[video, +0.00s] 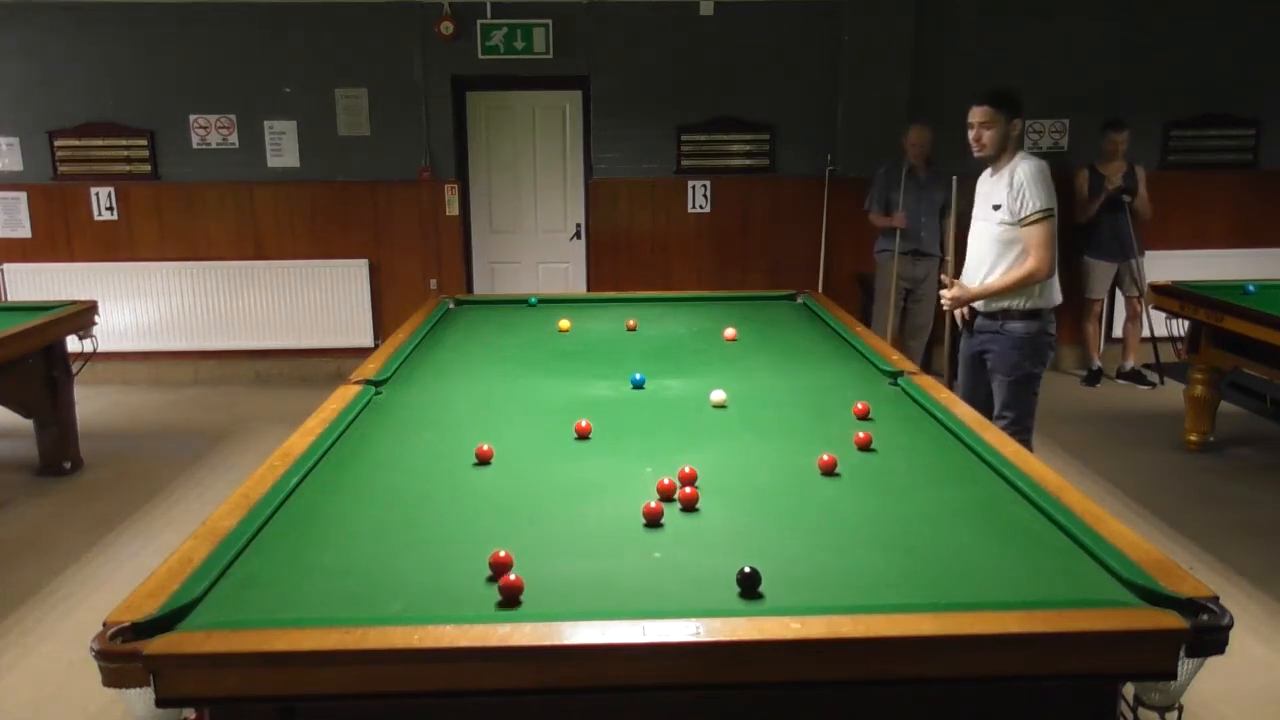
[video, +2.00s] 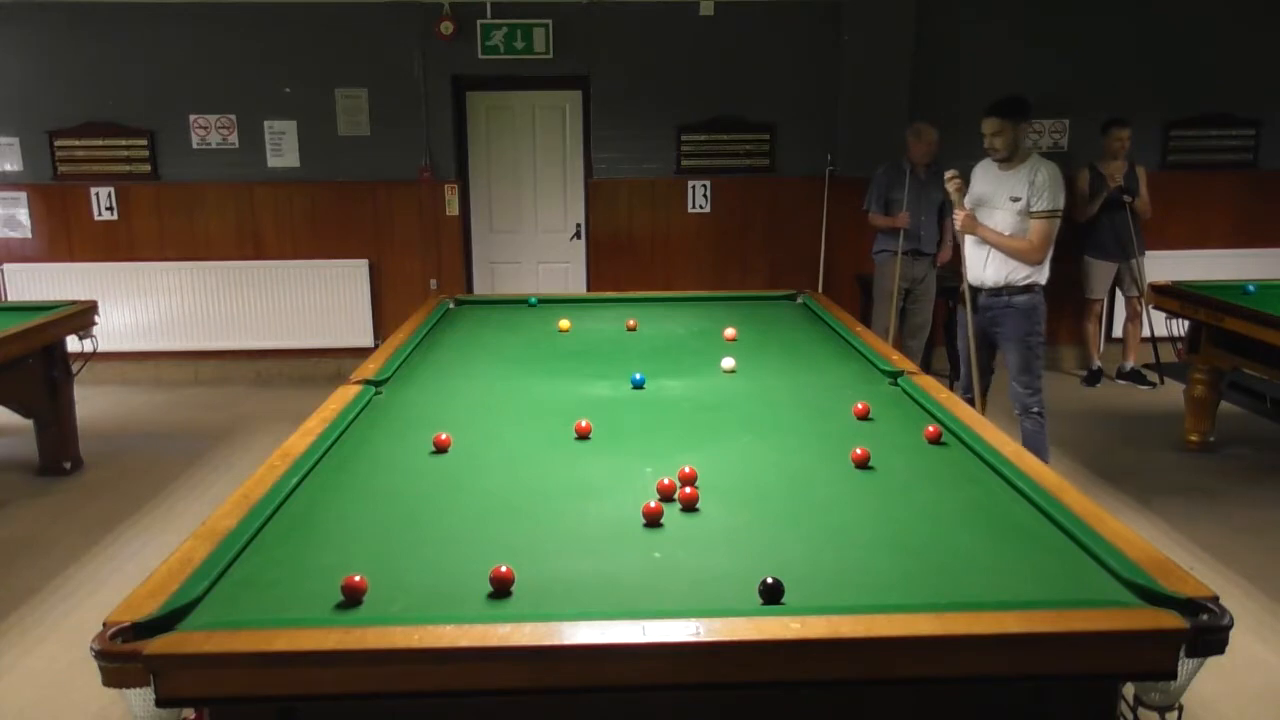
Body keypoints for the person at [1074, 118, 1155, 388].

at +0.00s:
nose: (1117, 148)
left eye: (1121, 143)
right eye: (1112, 143)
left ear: (1127, 143)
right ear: (1102, 142)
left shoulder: (1135, 172)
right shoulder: (1086, 174)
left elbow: (1146, 213)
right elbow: (1081, 215)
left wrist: (1133, 194)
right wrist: (1105, 192)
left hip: (1130, 251)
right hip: (1098, 251)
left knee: (1135, 310)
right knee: (1093, 309)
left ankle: (1128, 366)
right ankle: (1094, 364)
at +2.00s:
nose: (1124, 145)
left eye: (1127, 140)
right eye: (1118, 140)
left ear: (1130, 142)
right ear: (1104, 141)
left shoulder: (1136, 171)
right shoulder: (1087, 173)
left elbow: (1146, 211)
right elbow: (1080, 214)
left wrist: (1130, 196)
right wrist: (1105, 191)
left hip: (1131, 251)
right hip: (1099, 251)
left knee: (1135, 310)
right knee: (1093, 309)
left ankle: (1128, 366)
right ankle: (1094, 365)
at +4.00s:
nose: (1125, 145)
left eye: (1129, 140)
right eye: (1120, 139)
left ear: (1133, 142)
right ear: (1107, 140)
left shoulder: (1138, 171)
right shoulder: (1089, 173)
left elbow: (1147, 211)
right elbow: (1084, 214)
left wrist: (1131, 197)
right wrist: (1107, 191)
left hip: (1132, 251)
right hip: (1100, 251)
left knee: (1136, 310)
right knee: (1094, 310)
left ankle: (1128, 366)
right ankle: (1094, 365)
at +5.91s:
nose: (1127, 145)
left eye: (1130, 140)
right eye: (1121, 140)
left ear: (1134, 142)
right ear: (1107, 141)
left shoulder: (1137, 171)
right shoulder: (1089, 172)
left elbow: (1146, 211)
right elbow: (1082, 215)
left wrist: (1132, 197)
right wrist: (1106, 191)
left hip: (1132, 250)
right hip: (1099, 250)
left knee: (1136, 309)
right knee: (1094, 309)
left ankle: (1128, 366)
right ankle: (1094, 365)